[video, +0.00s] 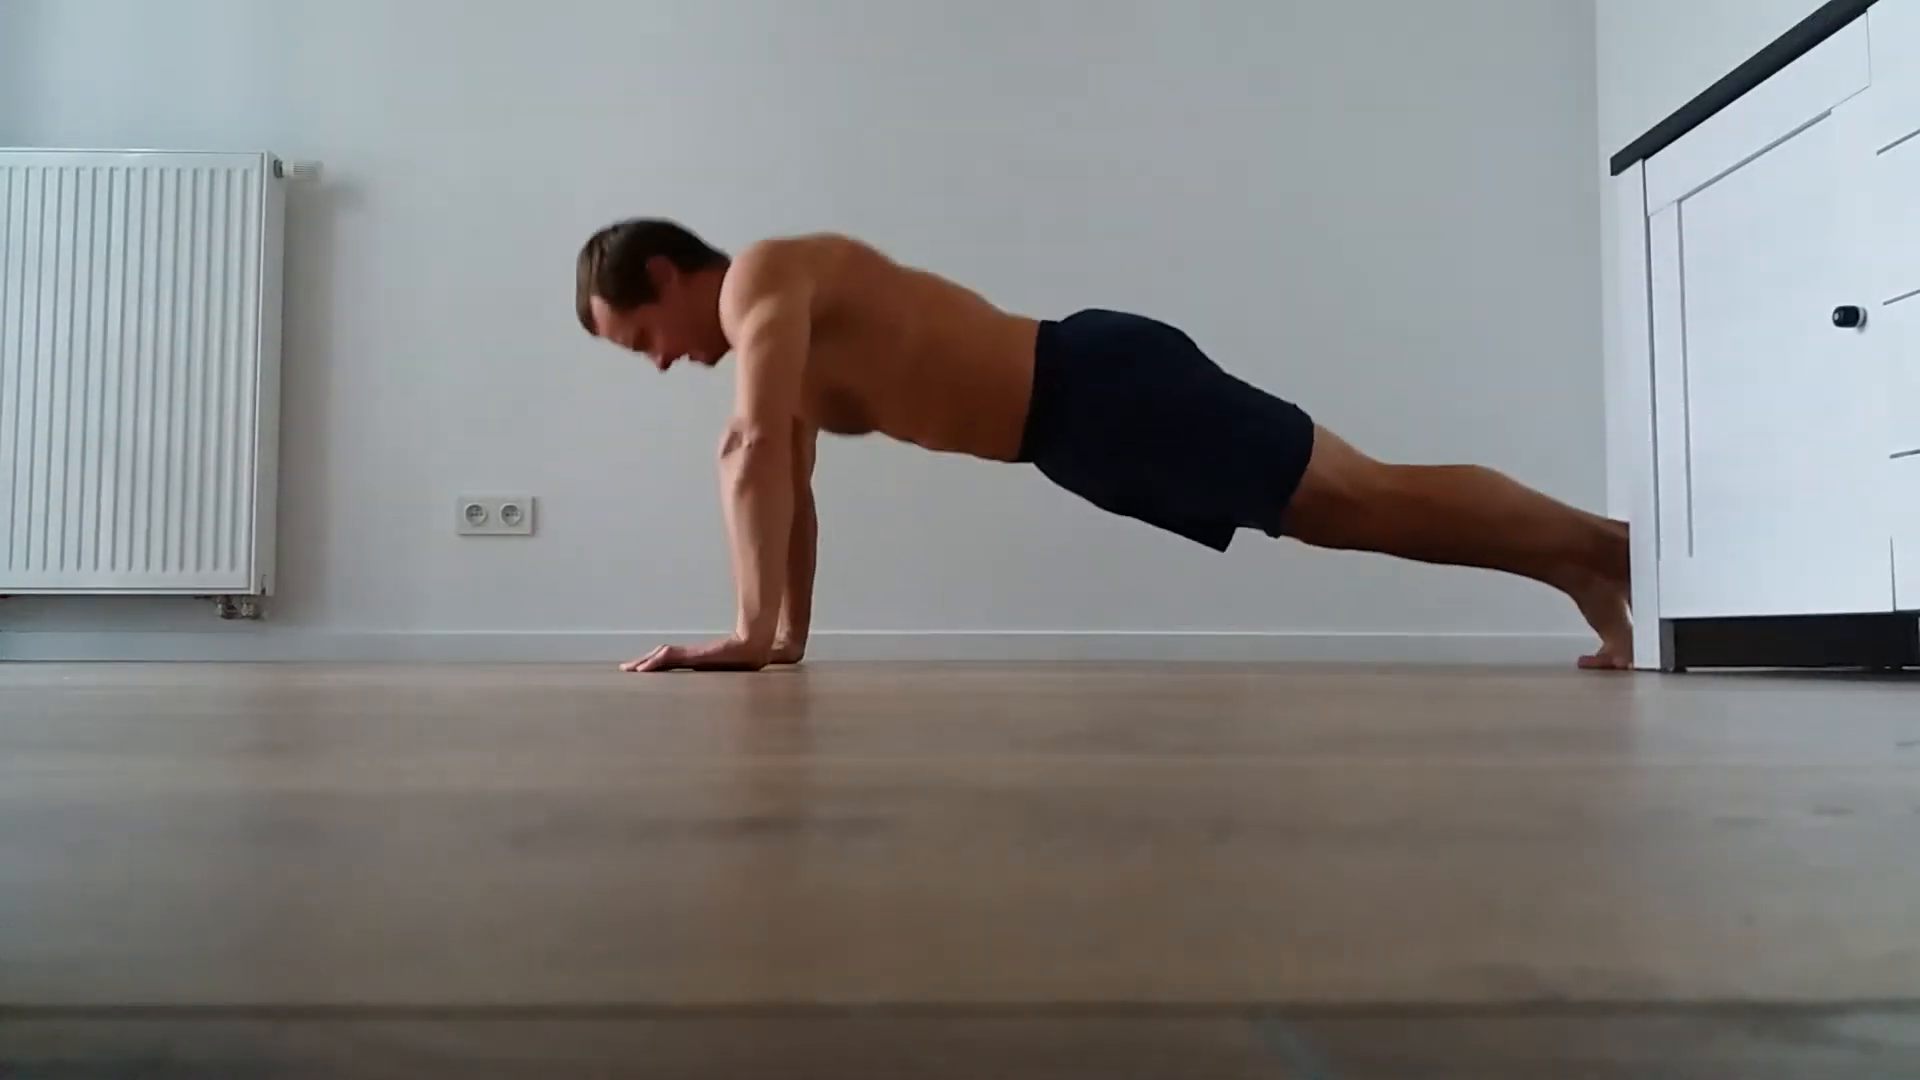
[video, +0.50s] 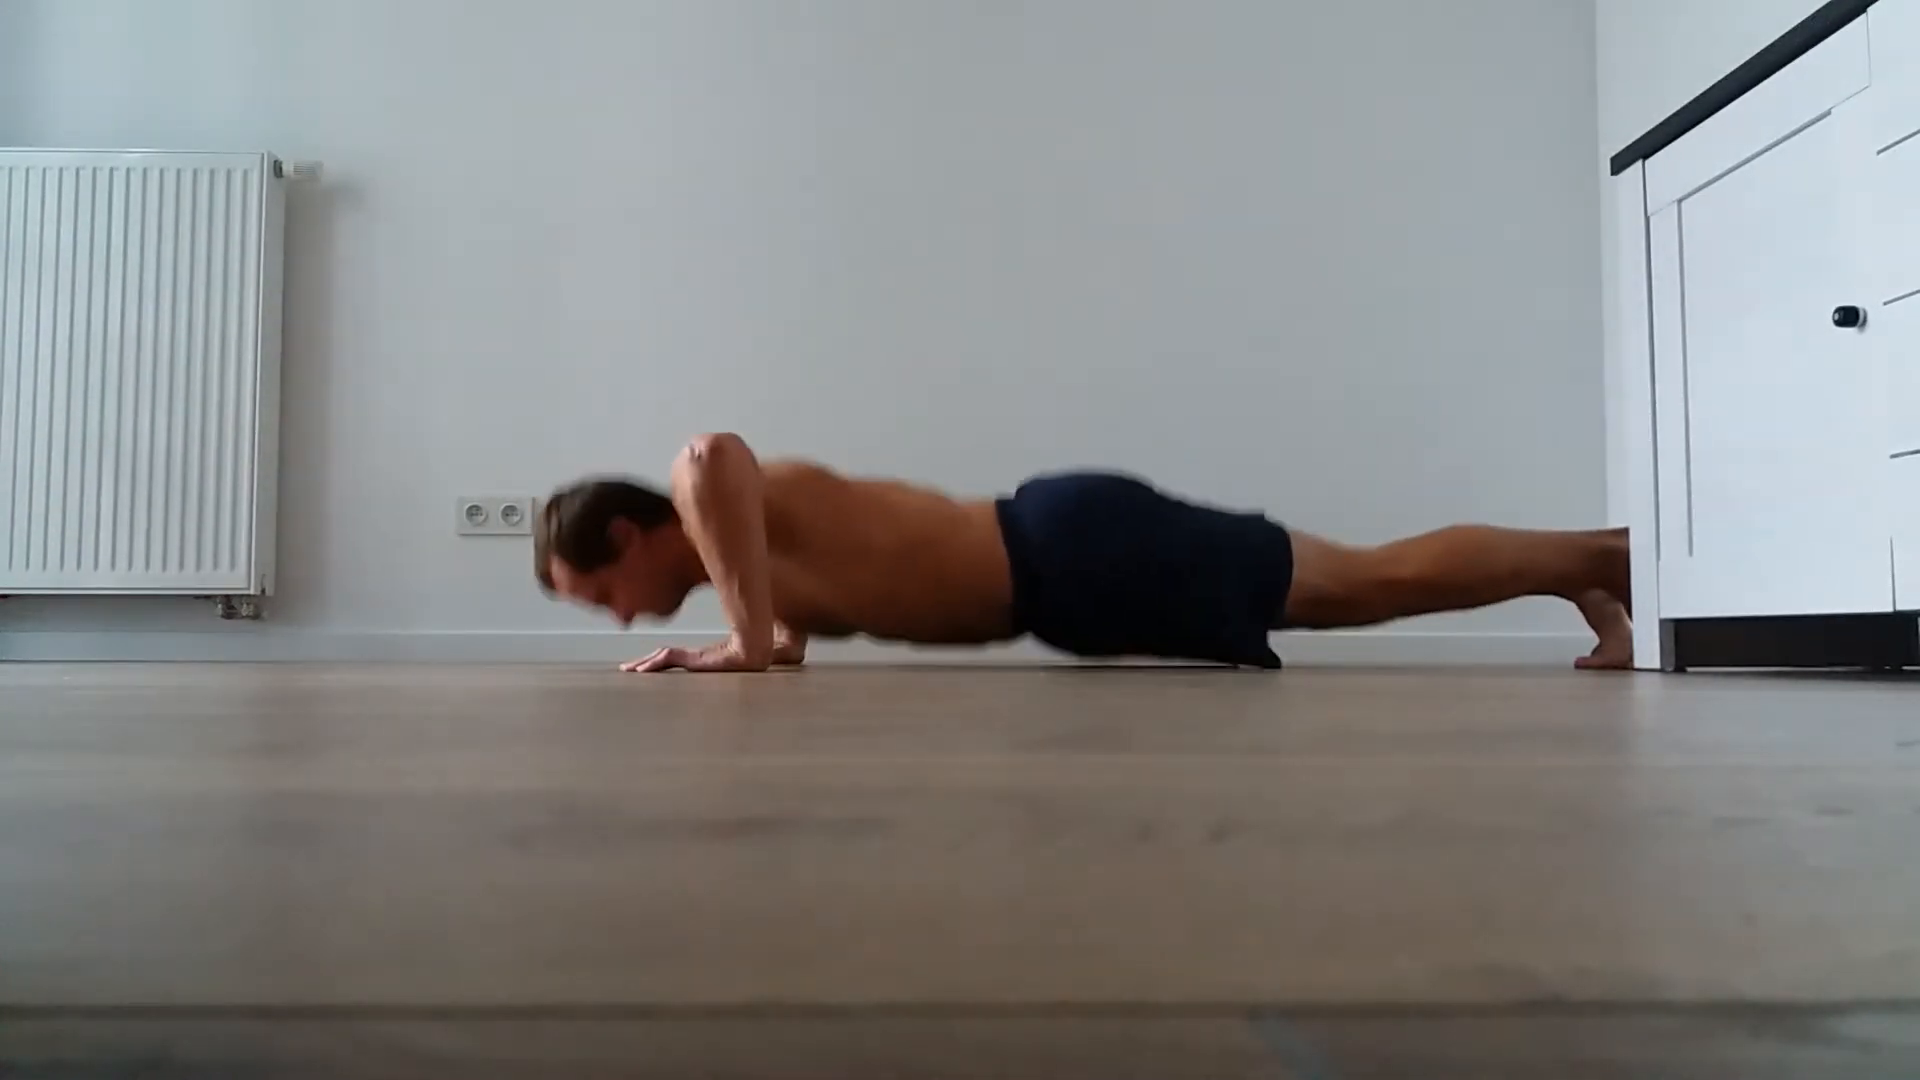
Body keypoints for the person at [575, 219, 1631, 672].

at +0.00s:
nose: (654, 358)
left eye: (640, 335)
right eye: (639, 347)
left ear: (663, 281)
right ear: (666, 296)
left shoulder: (764, 281)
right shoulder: (771, 317)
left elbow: (749, 460)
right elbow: (788, 488)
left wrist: (753, 636)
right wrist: (785, 637)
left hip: (1096, 394)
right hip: (1084, 406)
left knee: (1362, 502)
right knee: (1353, 506)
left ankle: (1602, 553)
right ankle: (1587, 564)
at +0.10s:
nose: (648, 371)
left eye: (632, 348)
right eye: (633, 358)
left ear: (658, 296)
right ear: (666, 298)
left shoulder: (769, 291)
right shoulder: (775, 311)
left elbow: (757, 468)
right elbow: (791, 489)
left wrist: (755, 640)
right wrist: (786, 636)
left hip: (1092, 414)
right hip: (1084, 413)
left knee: (1359, 518)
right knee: (1353, 515)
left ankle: (1596, 558)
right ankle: (1588, 559)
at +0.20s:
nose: (635, 457)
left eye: (621, 438)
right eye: (619, 446)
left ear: (645, 383)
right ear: (655, 382)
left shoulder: (746, 363)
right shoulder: (762, 378)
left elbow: (749, 480)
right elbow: (787, 506)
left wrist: (754, 639)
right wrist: (785, 642)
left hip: (1078, 465)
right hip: (1071, 464)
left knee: (1359, 542)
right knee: (1351, 538)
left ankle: (1592, 557)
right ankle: (1581, 556)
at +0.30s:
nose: (625, 576)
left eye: (609, 560)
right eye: (608, 568)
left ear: (623, 506)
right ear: (631, 512)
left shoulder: (720, 462)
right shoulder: (733, 475)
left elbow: (734, 469)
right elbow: (790, 620)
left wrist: (751, 639)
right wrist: (741, 643)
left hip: (1068, 530)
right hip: (1057, 532)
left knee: (1358, 576)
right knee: (1352, 570)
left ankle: (1595, 563)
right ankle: (1589, 564)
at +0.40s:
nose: (615, 640)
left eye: (603, 622)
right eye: (595, 630)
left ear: (630, 568)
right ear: (641, 563)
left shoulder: (719, 527)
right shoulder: (728, 544)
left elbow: (708, 465)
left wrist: (758, 642)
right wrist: (720, 643)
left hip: (1070, 572)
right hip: (1052, 578)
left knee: (1361, 595)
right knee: (1347, 590)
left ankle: (1594, 564)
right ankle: (1584, 568)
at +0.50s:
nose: (621, 617)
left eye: (606, 600)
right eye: (600, 608)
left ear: (627, 548)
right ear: (632, 547)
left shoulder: (724, 511)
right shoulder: (734, 522)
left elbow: (708, 463)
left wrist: (766, 640)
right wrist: (737, 644)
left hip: (1069, 556)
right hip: (1053, 554)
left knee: (1363, 584)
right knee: (1354, 578)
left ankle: (1595, 563)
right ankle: (1588, 565)